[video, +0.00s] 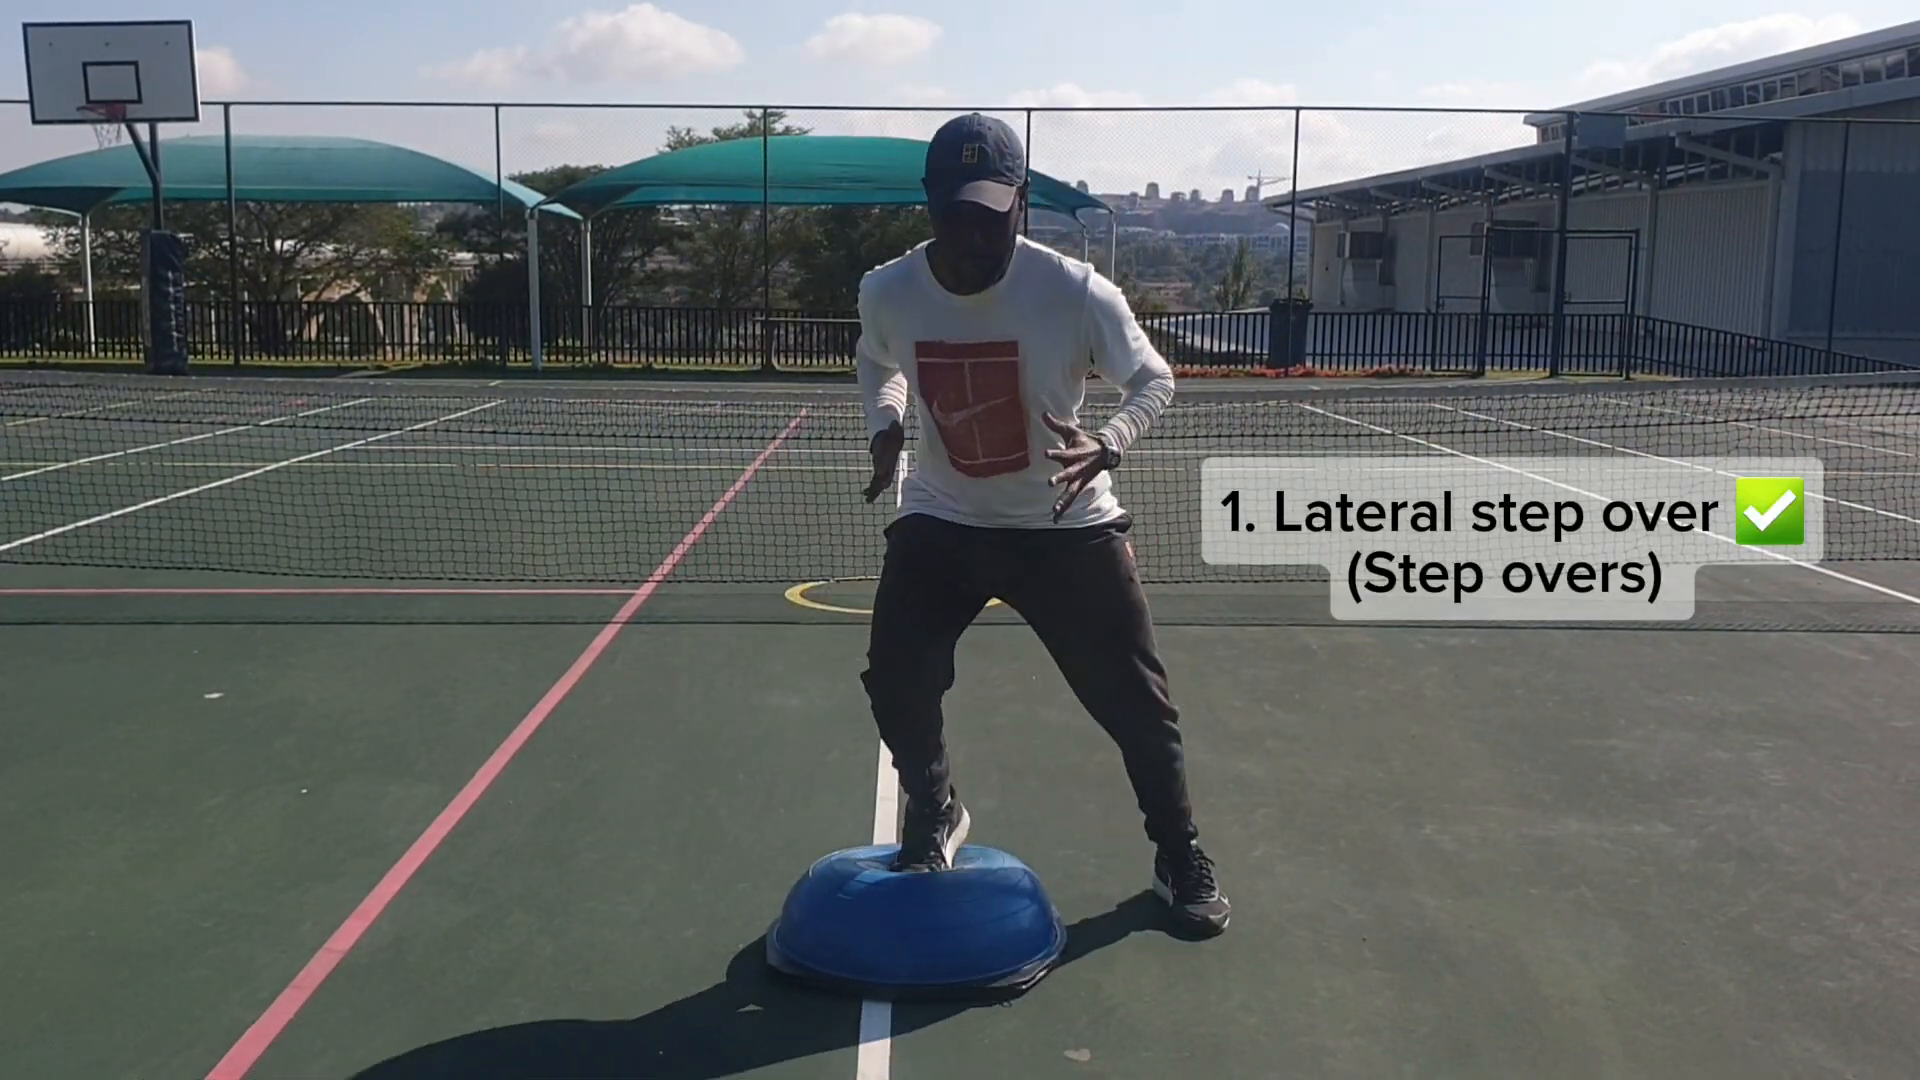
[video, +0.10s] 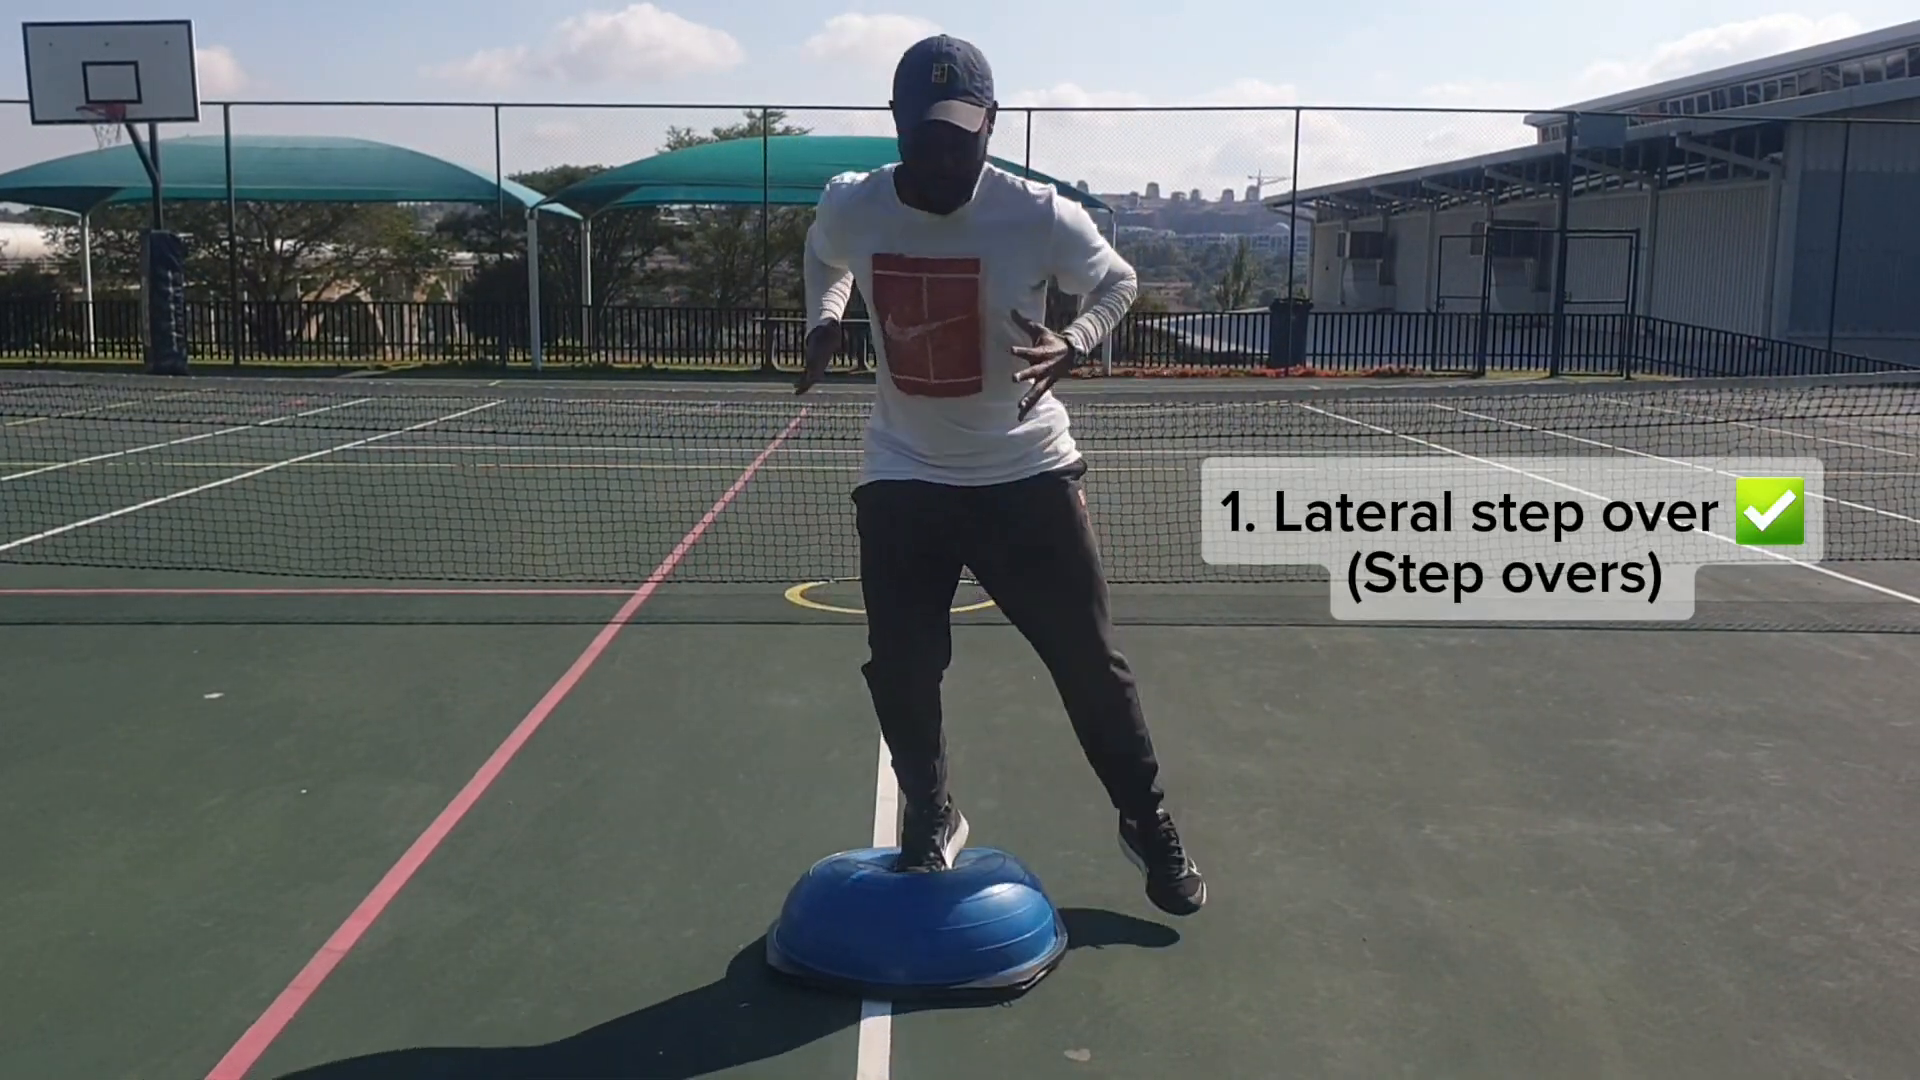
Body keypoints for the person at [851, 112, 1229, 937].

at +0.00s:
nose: (976, 235)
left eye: (994, 216)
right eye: (959, 215)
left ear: (1022, 206)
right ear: (930, 206)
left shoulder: (1079, 294)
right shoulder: (885, 295)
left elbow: (1152, 382)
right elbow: (876, 369)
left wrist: (1113, 435)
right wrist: (886, 424)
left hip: (1066, 524)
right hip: (941, 521)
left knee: (1139, 699)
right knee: (897, 679)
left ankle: (1180, 856)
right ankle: (929, 807)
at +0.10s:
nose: (960, 154)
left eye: (974, 135)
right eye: (940, 134)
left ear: (993, 127)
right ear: (899, 126)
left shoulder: (1041, 216)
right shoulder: (850, 207)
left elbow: (1117, 282)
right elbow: (826, 260)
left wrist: (1080, 343)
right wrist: (823, 319)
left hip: (1026, 472)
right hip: (903, 474)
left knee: (1092, 666)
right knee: (900, 670)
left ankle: (1149, 826)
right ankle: (929, 816)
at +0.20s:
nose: (923, 97)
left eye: (939, 78)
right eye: (905, 76)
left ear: (966, 64)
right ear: (874, 60)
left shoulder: (1012, 150)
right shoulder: (819, 147)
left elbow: (1086, 209)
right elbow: (792, 186)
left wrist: (1049, 280)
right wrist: (795, 270)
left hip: (983, 402)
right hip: (860, 412)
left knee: (1045, 594)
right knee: (862, 617)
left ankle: (1029, 735)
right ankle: (902, 774)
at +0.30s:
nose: (894, 93)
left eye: (910, 75)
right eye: (877, 73)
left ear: (935, 55)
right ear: (844, 52)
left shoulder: (980, 136)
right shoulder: (789, 133)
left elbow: (1052, 174)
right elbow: (743, 180)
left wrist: (1017, 262)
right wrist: (753, 278)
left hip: (947, 380)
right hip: (823, 379)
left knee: (977, 568)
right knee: (789, 573)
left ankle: (924, 723)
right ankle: (818, 727)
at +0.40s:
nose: (854, 116)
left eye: (871, 95)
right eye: (835, 96)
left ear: (898, 74)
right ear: (802, 74)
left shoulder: (950, 157)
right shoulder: (747, 161)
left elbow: (1013, 191)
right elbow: (711, 208)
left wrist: (976, 277)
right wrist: (729, 305)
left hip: (907, 421)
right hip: (781, 416)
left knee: (922, 616)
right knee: (730, 618)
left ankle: (862, 790)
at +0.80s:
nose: (865, 100)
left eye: (883, 80)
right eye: (848, 81)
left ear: (915, 74)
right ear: (825, 73)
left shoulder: (971, 158)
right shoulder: (777, 172)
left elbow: (1034, 199)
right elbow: (694, 246)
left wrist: (1013, 247)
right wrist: (712, 300)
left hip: (926, 442)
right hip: (801, 437)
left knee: (916, 644)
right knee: (750, 635)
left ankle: (868, 805)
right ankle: (730, 790)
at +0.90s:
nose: (902, 78)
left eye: (920, 57)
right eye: (885, 56)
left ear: (952, 46)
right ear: (859, 45)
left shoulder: (1009, 132)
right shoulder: (808, 141)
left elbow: (1068, 191)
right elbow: (720, 208)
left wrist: (1047, 240)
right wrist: (723, 284)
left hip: (975, 388)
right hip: (853, 385)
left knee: (995, 586)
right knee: (830, 586)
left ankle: (923, 751)